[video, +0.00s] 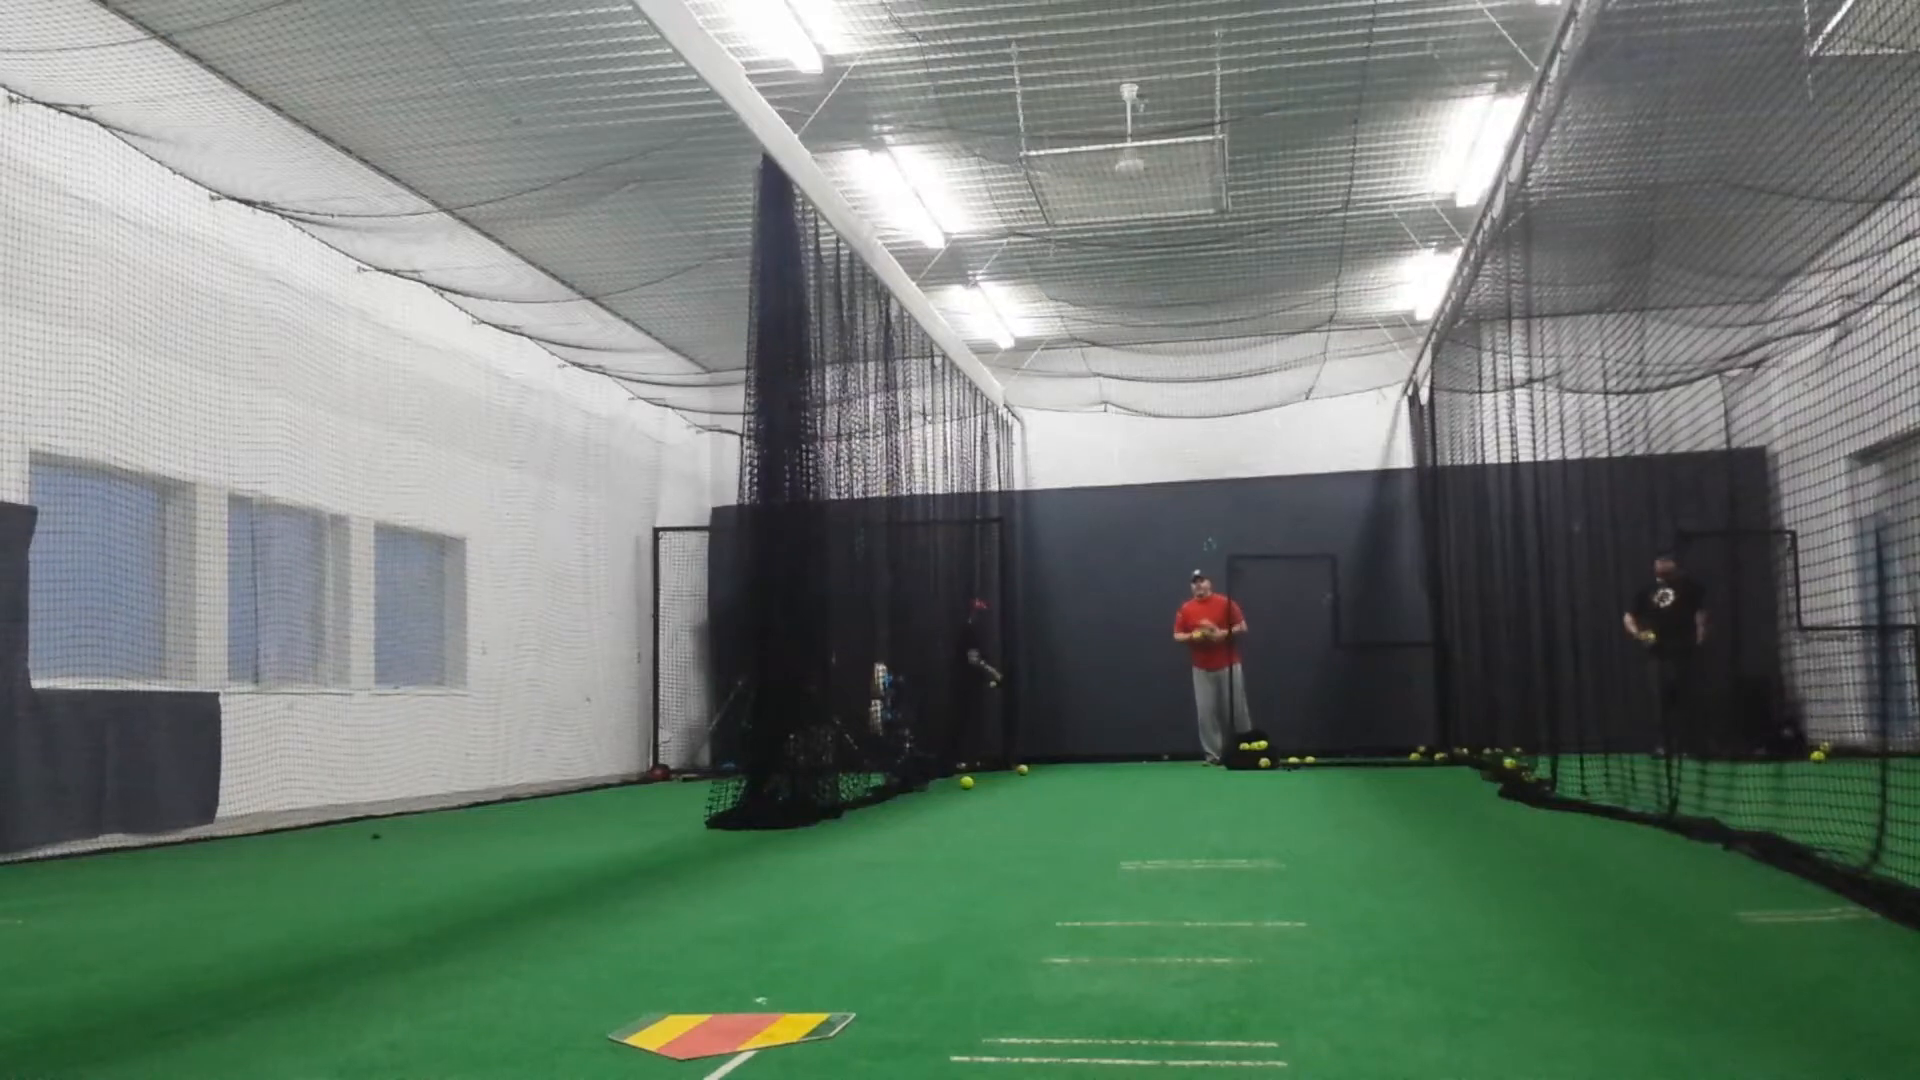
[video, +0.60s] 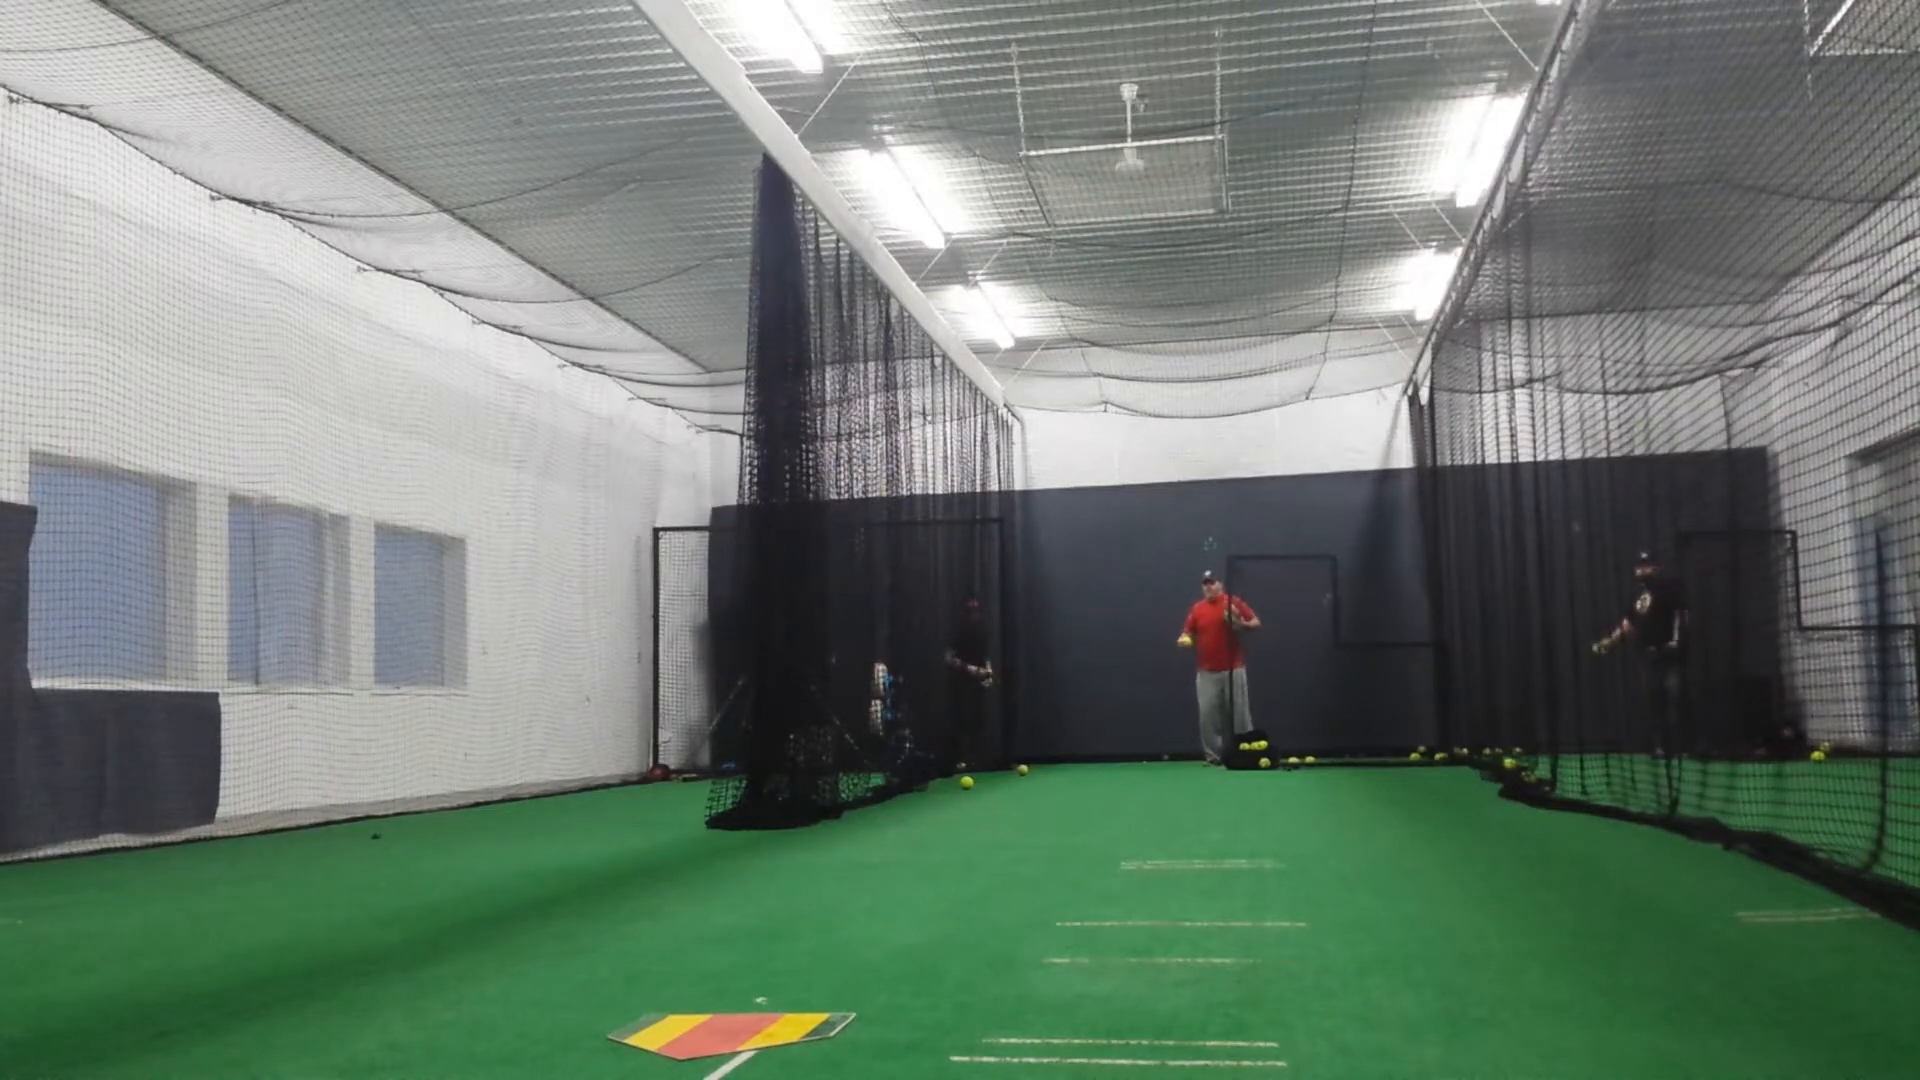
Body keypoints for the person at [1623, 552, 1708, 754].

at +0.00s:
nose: (1664, 575)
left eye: (1668, 571)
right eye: (1660, 571)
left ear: (1676, 569)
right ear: (1655, 570)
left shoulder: (1689, 588)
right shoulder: (1647, 591)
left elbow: (1700, 614)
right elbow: (1629, 617)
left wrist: (1700, 636)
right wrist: (1638, 633)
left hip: (1684, 646)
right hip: (1658, 648)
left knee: (1686, 694)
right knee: (1660, 696)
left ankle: (1687, 742)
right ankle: (1662, 743)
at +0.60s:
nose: (1643, 573)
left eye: (1648, 567)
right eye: (1640, 568)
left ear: (1656, 568)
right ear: (1636, 571)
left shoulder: (1670, 590)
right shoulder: (1641, 596)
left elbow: (1679, 615)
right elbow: (1629, 623)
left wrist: (1677, 640)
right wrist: (1609, 642)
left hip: (1669, 649)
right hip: (1648, 650)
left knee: (1674, 695)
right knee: (1652, 697)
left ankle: (1678, 743)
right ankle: (1658, 744)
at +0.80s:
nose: (1637, 576)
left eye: (1641, 571)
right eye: (1634, 572)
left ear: (1651, 571)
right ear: (1631, 574)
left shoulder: (1665, 590)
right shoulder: (1637, 594)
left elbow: (1677, 614)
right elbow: (1624, 610)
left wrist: (1677, 639)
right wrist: (1606, 611)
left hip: (1668, 648)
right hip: (1648, 649)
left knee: (1674, 695)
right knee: (1653, 697)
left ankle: (1681, 741)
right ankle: (1658, 743)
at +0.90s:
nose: (1637, 579)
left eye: (1640, 574)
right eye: (1633, 575)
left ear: (1648, 573)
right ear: (1629, 577)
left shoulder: (1661, 591)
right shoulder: (1635, 594)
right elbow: (1625, 605)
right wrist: (1610, 600)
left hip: (1671, 648)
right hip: (1650, 650)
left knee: (1674, 696)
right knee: (1654, 696)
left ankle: (1679, 741)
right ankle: (1659, 743)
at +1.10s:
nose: (1637, 591)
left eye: (1640, 586)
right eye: (1634, 587)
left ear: (1648, 584)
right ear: (1630, 588)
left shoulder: (1666, 599)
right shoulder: (1636, 603)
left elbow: (1694, 616)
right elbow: (1630, 621)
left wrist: (1699, 640)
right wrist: (1617, 624)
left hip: (1679, 651)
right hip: (1655, 652)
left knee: (1681, 697)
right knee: (1658, 696)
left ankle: (1685, 742)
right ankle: (1659, 743)